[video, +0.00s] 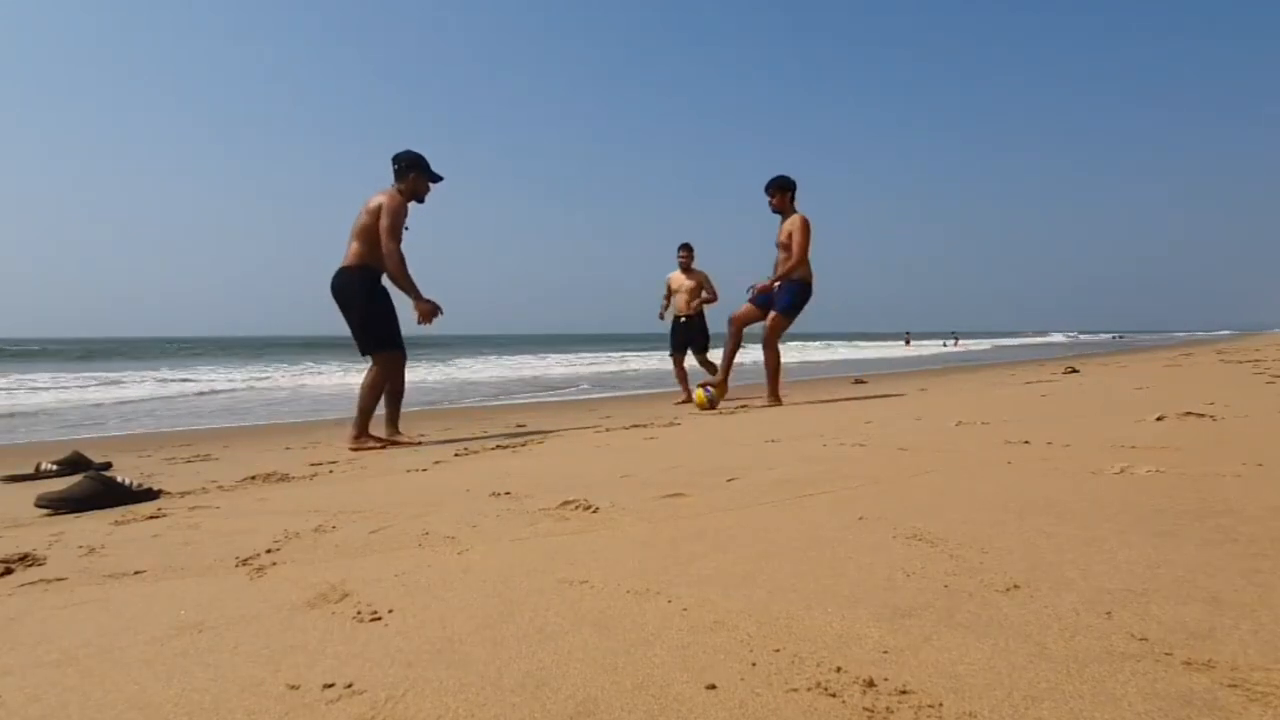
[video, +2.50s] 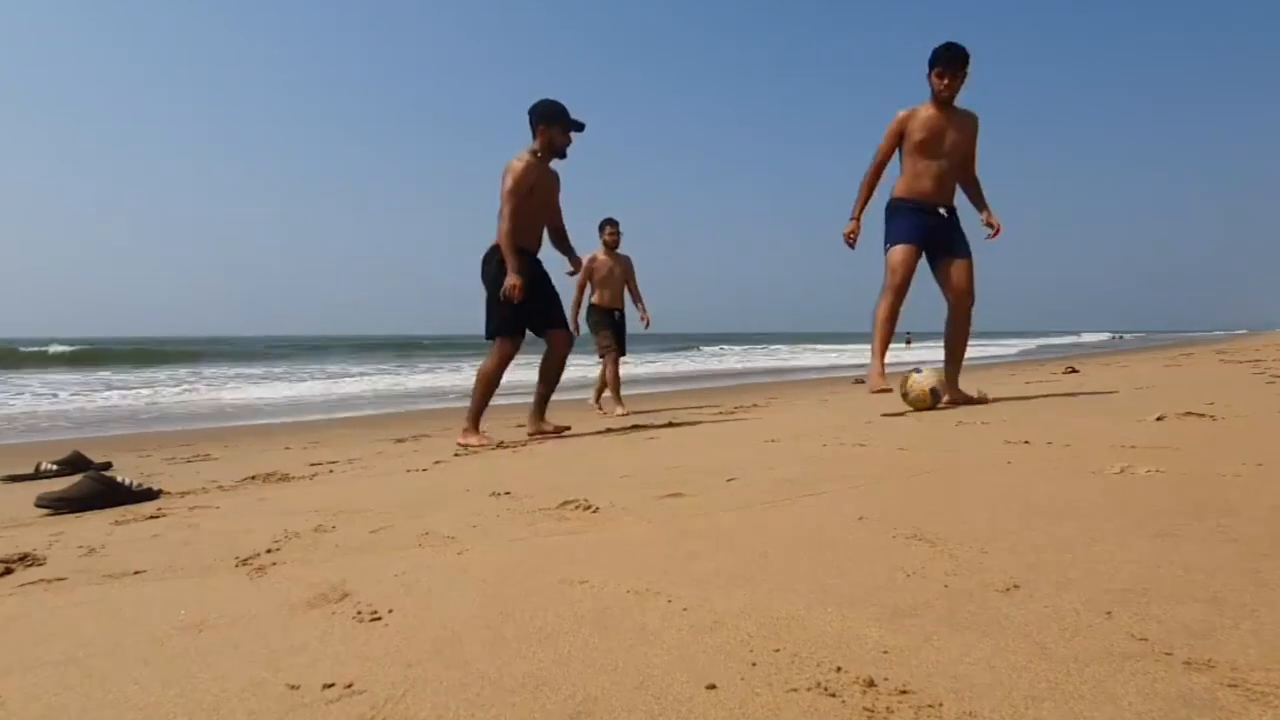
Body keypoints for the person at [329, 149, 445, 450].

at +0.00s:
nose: (429, 188)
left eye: (429, 182)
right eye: (426, 181)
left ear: (405, 179)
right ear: (410, 178)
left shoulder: (388, 203)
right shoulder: (391, 202)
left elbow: (390, 262)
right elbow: (390, 256)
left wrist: (417, 299)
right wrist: (418, 298)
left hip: (366, 283)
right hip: (357, 283)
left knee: (396, 358)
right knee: (384, 359)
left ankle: (392, 431)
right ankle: (358, 433)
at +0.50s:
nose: (424, 190)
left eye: (425, 185)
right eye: (421, 183)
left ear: (401, 180)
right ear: (406, 179)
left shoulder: (384, 204)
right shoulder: (389, 204)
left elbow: (386, 262)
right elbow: (387, 257)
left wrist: (414, 302)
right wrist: (417, 303)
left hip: (363, 286)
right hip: (358, 287)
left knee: (397, 357)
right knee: (383, 363)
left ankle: (393, 429)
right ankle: (355, 436)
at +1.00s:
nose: (431, 199)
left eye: (431, 194)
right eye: (427, 193)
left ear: (411, 193)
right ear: (411, 192)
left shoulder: (401, 222)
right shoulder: (397, 219)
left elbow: (403, 272)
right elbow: (388, 261)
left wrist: (426, 306)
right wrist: (400, 304)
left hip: (385, 296)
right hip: (377, 295)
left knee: (398, 362)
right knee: (394, 363)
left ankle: (376, 428)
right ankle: (361, 430)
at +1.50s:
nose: (455, 225)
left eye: (455, 220)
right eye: (451, 220)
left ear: (432, 221)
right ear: (436, 220)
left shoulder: (418, 243)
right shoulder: (433, 242)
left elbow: (422, 298)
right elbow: (429, 285)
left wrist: (449, 326)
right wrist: (448, 325)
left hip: (390, 311)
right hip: (403, 313)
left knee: (426, 372)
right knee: (439, 375)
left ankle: (397, 425)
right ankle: (384, 414)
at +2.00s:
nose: (507, 177)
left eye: (507, 171)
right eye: (503, 170)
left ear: (486, 171)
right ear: (483, 169)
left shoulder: (481, 212)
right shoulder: (463, 193)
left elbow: (479, 260)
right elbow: (446, 235)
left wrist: (495, 302)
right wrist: (460, 283)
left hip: (444, 275)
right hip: (431, 271)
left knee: (465, 346)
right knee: (466, 344)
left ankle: (446, 420)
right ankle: (439, 419)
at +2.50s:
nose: (570, 139)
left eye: (570, 132)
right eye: (565, 131)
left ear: (548, 133)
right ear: (543, 131)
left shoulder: (551, 177)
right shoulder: (522, 168)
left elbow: (555, 225)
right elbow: (506, 224)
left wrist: (571, 254)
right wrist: (513, 270)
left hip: (529, 263)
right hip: (505, 261)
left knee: (561, 339)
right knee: (506, 345)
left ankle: (537, 420)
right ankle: (470, 429)